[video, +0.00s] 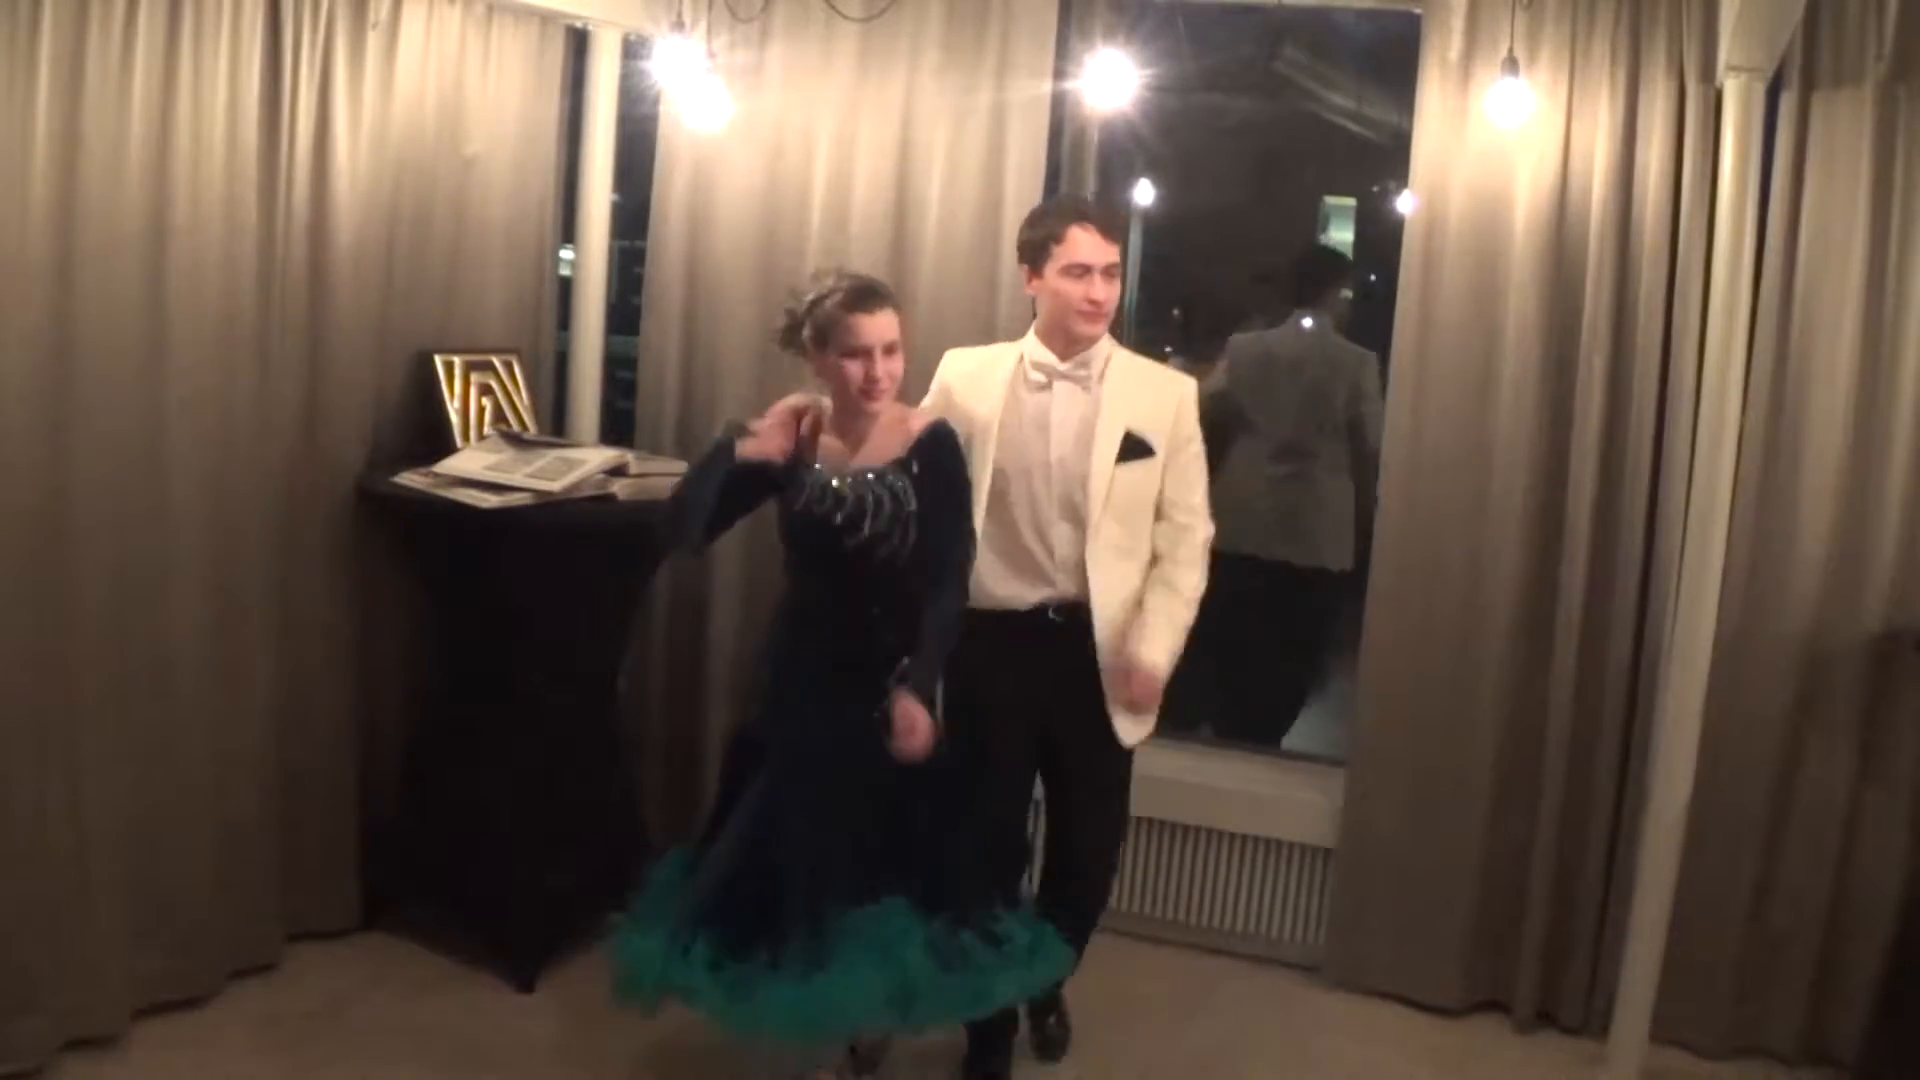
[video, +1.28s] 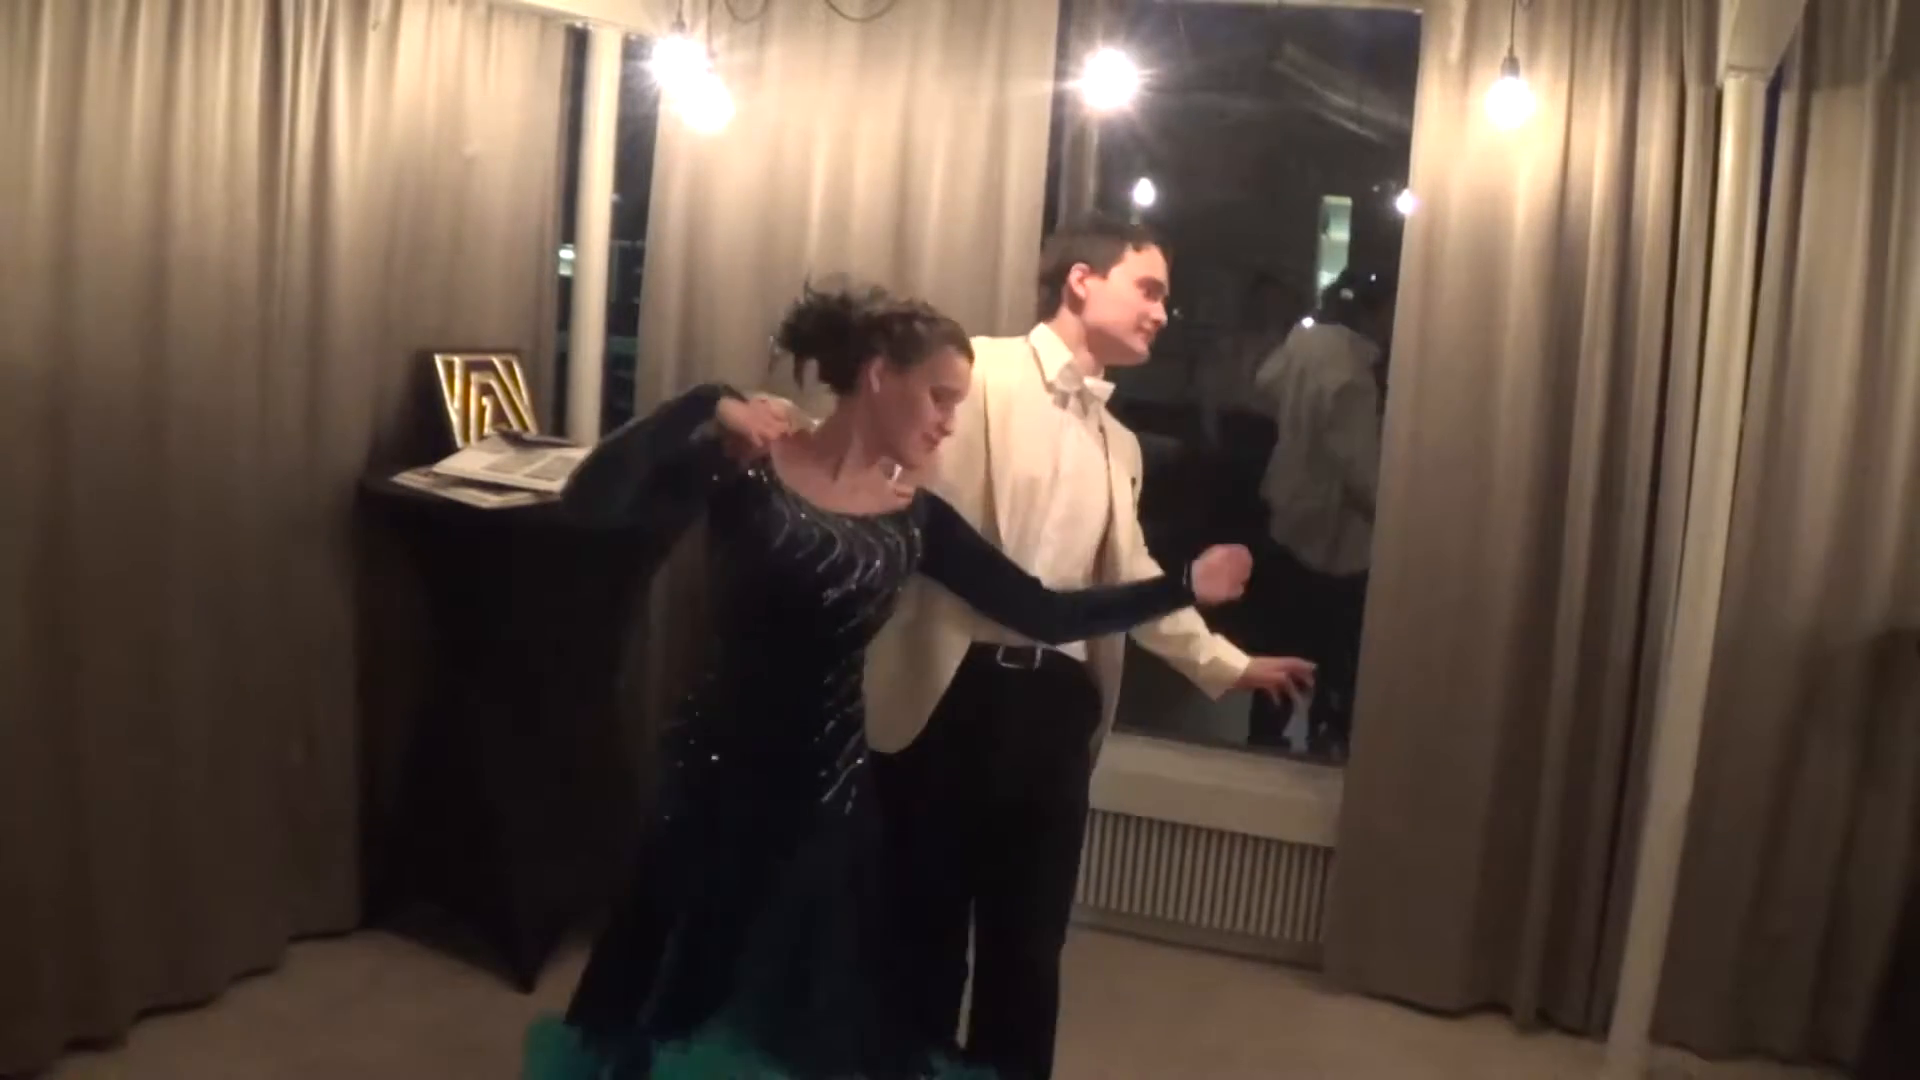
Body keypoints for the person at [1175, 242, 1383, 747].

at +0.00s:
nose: (1347, 301)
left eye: (1345, 291)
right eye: (1345, 292)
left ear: (1293, 289)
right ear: (1335, 295)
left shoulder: (1245, 350)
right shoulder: (1357, 365)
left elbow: (1208, 419)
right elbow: (1370, 452)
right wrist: (1371, 509)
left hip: (1240, 522)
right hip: (1319, 536)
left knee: (1233, 651)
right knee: (1296, 663)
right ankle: (1248, 763)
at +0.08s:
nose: (1351, 314)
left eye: (1349, 305)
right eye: (1348, 305)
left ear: (1299, 307)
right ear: (1336, 308)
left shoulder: (1247, 362)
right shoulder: (1354, 381)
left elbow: (1198, 416)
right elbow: (1363, 479)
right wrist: (1364, 554)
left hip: (1233, 543)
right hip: (1311, 555)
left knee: (1225, 674)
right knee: (1320, 668)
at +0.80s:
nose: (1385, 298)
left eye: (1384, 287)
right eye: (1380, 287)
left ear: (1327, 282)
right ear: (1365, 287)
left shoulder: (1280, 327)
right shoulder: (1376, 348)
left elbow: (1233, 378)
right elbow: (1387, 430)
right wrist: (1385, 503)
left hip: (1263, 490)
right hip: (1336, 499)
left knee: (1269, 622)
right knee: (1331, 636)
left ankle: (1268, 738)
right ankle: (1279, 736)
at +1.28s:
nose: (1394, 323)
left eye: (1395, 311)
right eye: (1392, 312)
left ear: (1342, 296)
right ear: (1379, 309)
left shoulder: (1304, 341)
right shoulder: (1349, 377)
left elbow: (1266, 380)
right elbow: (1361, 467)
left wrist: (1301, 415)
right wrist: (1393, 511)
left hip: (1287, 509)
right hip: (1334, 526)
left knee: (1280, 626)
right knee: (1335, 638)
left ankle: (1266, 733)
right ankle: (1328, 737)